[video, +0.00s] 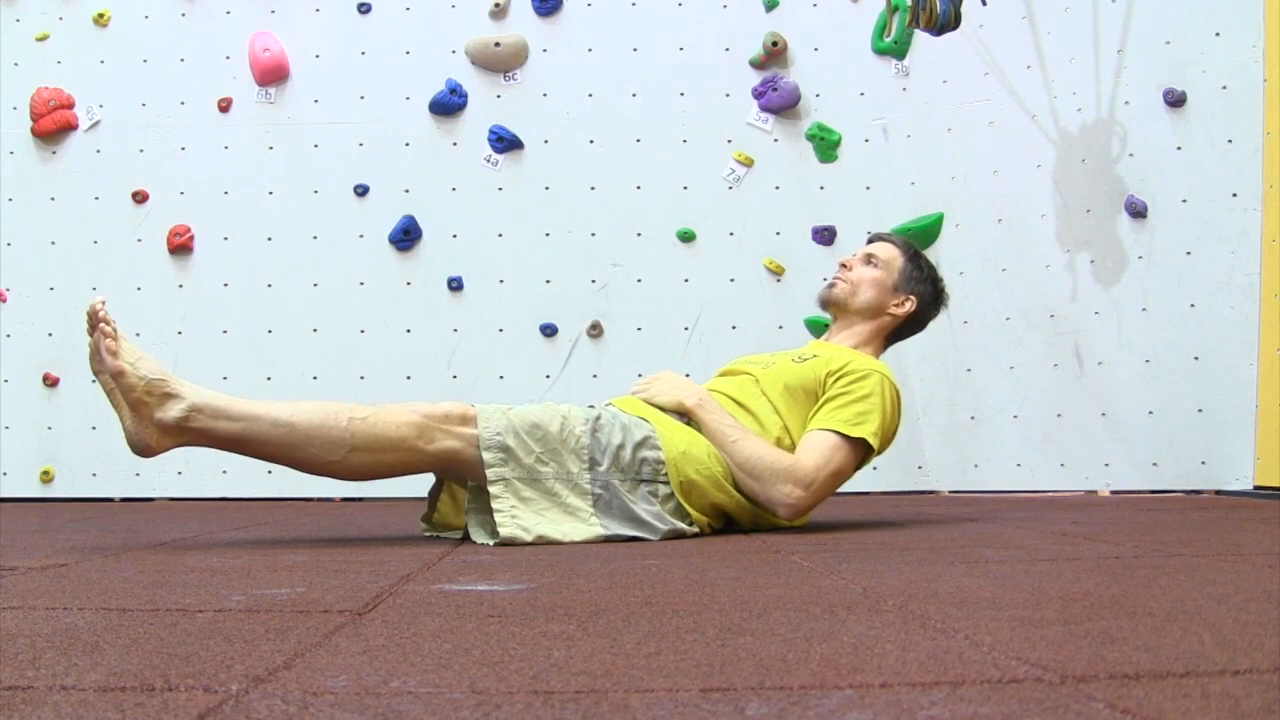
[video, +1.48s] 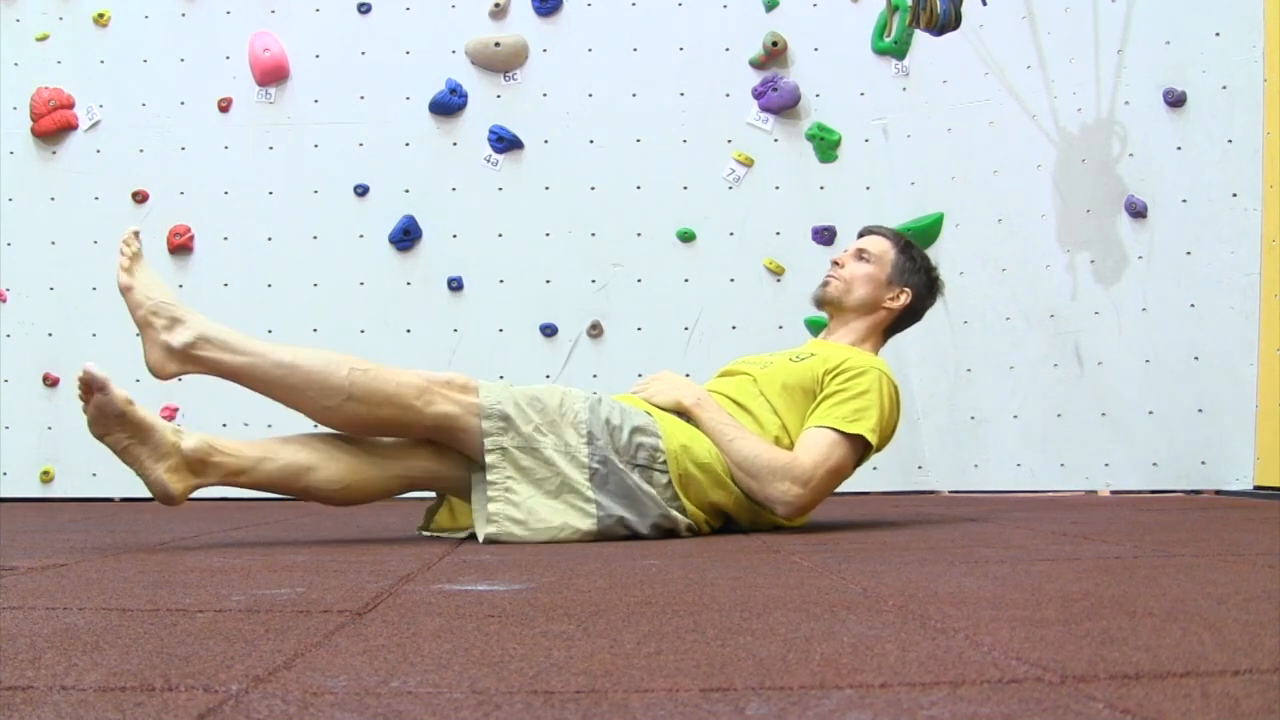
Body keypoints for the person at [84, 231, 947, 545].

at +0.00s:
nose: (848, 260)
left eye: (873, 259)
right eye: (857, 250)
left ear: (900, 306)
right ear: (863, 290)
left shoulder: (866, 380)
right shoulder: (809, 363)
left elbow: (792, 494)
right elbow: (758, 476)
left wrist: (699, 402)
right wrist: (678, 409)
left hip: (656, 460)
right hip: (640, 447)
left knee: (441, 431)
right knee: (429, 430)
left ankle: (175, 412)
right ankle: (177, 413)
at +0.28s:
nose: (848, 257)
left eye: (872, 257)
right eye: (858, 248)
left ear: (898, 304)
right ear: (863, 288)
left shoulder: (865, 378)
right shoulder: (805, 360)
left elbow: (791, 494)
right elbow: (751, 471)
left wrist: (700, 403)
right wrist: (675, 411)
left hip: (659, 461)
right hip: (640, 447)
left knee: (444, 430)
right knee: (433, 430)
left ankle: (176, 410)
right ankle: (178, 411)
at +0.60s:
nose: (849, 261)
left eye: (873, 261)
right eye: (859, 252)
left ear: (900, 308)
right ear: (865, 292)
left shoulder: (867, 381)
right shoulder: (807, 364)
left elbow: (793, 495)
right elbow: (755, 473)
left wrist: (701, 402)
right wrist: (673, 413)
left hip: (660, 462)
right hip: (639, 446)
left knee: (445, 428)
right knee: (435, 423)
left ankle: (178, 406)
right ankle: (180, 407)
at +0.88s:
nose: (848, 264)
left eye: (872, 264)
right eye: (858, 255)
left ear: (900, 311)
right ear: (869, 297)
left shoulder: (867, 383)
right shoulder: (811, 367)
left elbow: (794, 495)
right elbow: (757, 475)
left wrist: (700, 402)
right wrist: (675, 410)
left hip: (653, 460)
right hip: (636, 446)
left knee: (438, 426)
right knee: (431, 423)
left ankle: (177, 402)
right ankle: (178, 403)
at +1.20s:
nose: (850, 266)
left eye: (873, 266)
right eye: (858, 257)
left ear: (902, 311)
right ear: (859, 291)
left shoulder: (867, 382)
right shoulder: (800, 365)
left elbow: (794, 495)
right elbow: (745, 466)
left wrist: (701, 402)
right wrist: (663, 412)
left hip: (654, 461)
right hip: (626, 449)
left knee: (444, 417)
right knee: (402, 446)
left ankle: (188, 374)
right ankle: (162, 446)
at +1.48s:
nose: (839, 260)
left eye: (863, 257)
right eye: (845, 250)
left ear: (897, 300)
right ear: (848, 284)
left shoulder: (864, 375)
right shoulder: (796, 362)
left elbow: (792, 493)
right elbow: (741, 465)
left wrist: (699, 401)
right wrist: (665, 408)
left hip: (659, 456)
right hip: (630, 450)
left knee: (448, 405)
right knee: (415, 452)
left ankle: (189, 336)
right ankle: (184, 462)